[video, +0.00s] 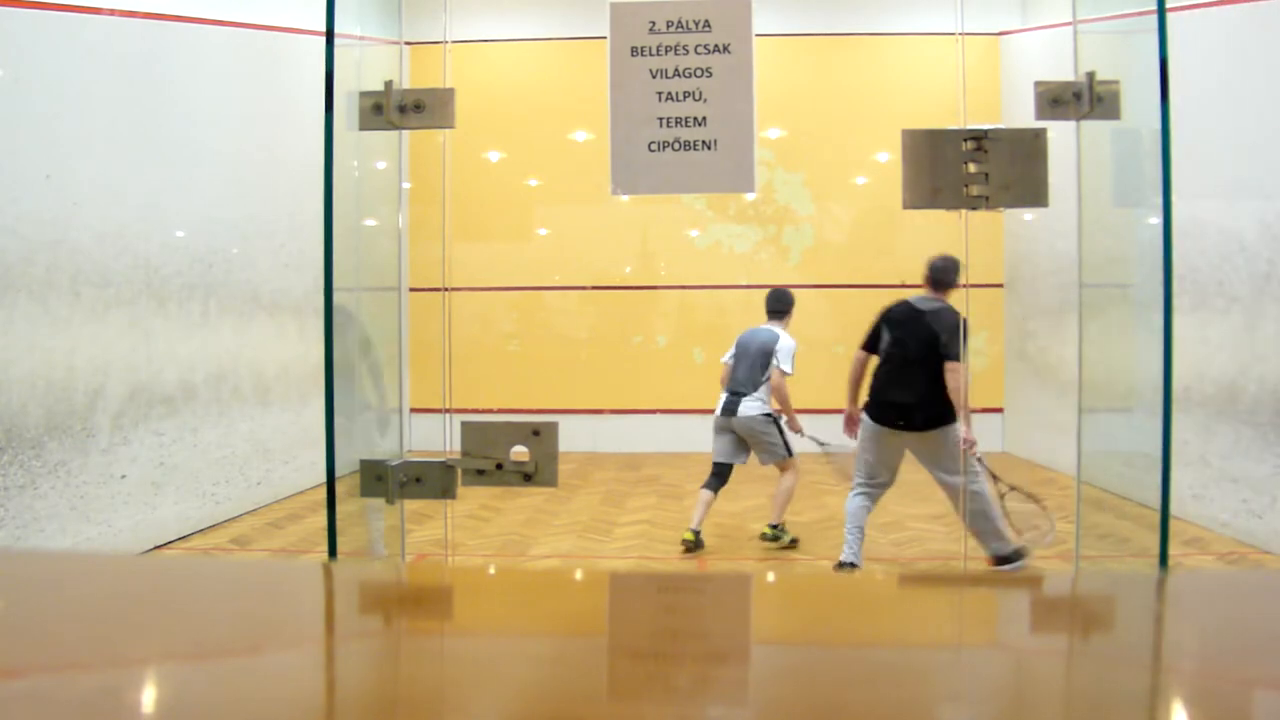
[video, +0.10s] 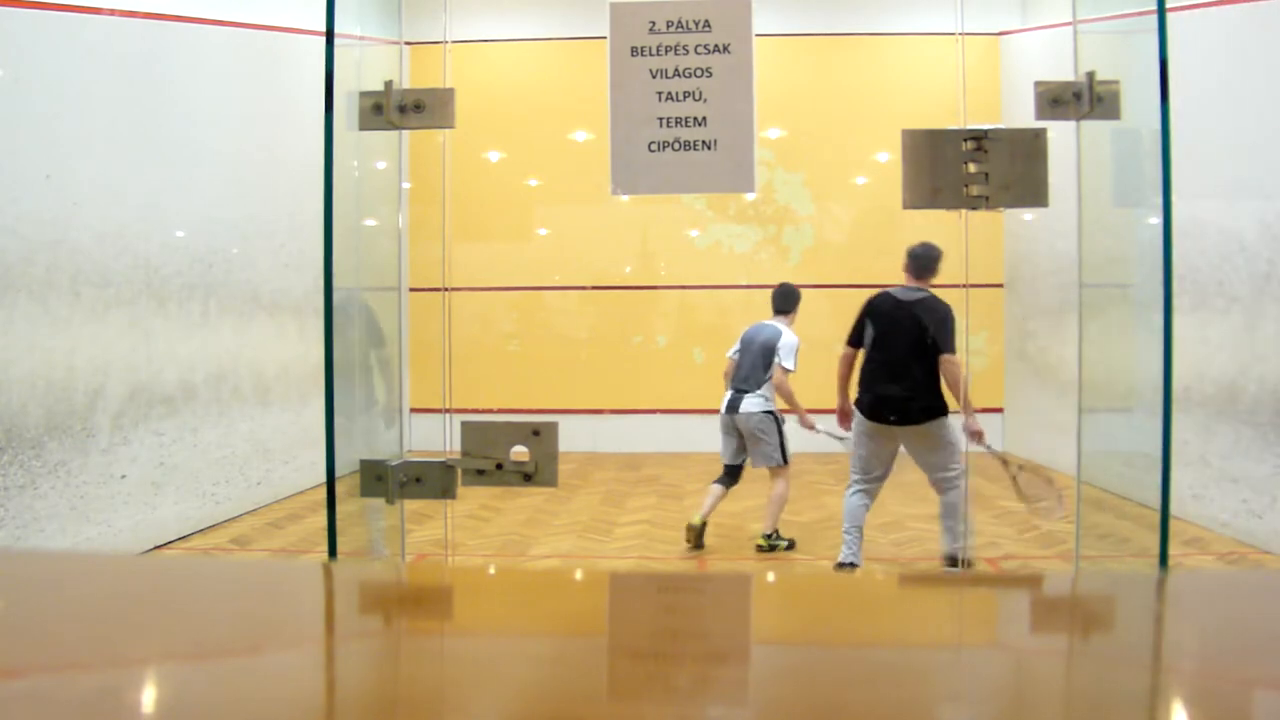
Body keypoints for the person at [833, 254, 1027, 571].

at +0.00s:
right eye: (955, 282)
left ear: (925, 279)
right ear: (954, 284)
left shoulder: (894, 312)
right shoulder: (951, 321)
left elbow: (861, 358)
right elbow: (954, 373)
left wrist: (851, 405)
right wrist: (965, 423)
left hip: (882, 414)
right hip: (931, 419)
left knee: (865, 486)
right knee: (966, 480)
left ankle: (849, 555)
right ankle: (1001, 549)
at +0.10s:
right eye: (934, 271)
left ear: (905, 268)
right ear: (935, 272)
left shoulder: (877, 303)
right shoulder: (939, 310)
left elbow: (849, 353)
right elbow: (948, 363)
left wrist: (842, 399)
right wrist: (969, 413)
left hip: (874, 411)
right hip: (923, 414)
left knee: (862, 483)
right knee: (950, 479)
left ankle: (849, 555)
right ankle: (955, 552)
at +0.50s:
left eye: (870, 257)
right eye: (900, 260)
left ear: (869, 258)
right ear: (900, 261)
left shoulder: (844, 298)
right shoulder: (909, 299)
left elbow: (824, 354)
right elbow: (937, 351)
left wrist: (822, 399)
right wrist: (973, 381)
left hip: (849, 405)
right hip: (896, 406)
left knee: (849, 481)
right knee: (916, 479)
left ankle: (846, 555)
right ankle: (930, 549)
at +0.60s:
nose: (899, 264)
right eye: (900, 260)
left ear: (868, 257)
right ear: (898, 261)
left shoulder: (842, 298)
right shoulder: (906, 299)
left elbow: (821, 350)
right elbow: (934, 351)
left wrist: (817, 396)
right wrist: (970, 379)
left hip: (849, 405)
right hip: (895, 407)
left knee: (847, 482)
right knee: (916, 476)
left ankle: (846, 553)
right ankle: (920, 546)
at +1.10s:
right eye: (902, 290)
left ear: (872, 290)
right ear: (903, 293)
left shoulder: (850, 326)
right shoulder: (909, 332)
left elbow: (818, 367)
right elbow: (930, 385)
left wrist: (809, 405)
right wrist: (950, 429)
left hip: (848, 425)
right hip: (894, 426)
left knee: (826, 490)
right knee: (926, 474)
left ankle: (808, 559)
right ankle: (924, 540)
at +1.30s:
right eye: (936, 310)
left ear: (910, 308)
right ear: (937, 313)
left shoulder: (887, 336)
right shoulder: (939, 349)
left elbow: (861, 359)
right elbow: (962, 399)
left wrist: (891, 352)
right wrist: (986, 434)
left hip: (872, 431)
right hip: (916, 432)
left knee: (849, 493)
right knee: (960, 465)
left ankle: (817, 557)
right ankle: (959, 536)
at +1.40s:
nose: (975, 319)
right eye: (974, 314)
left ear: (948, 310)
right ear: (974, 316)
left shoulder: (920, 334)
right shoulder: (969, 351)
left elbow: (883, 352)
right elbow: (989, 400)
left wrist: (914, 358)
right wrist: (1011, 431)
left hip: (893, 423)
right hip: (934, 425)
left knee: (880, 486)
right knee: (976, 473)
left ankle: (845, 532)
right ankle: (971, 543)